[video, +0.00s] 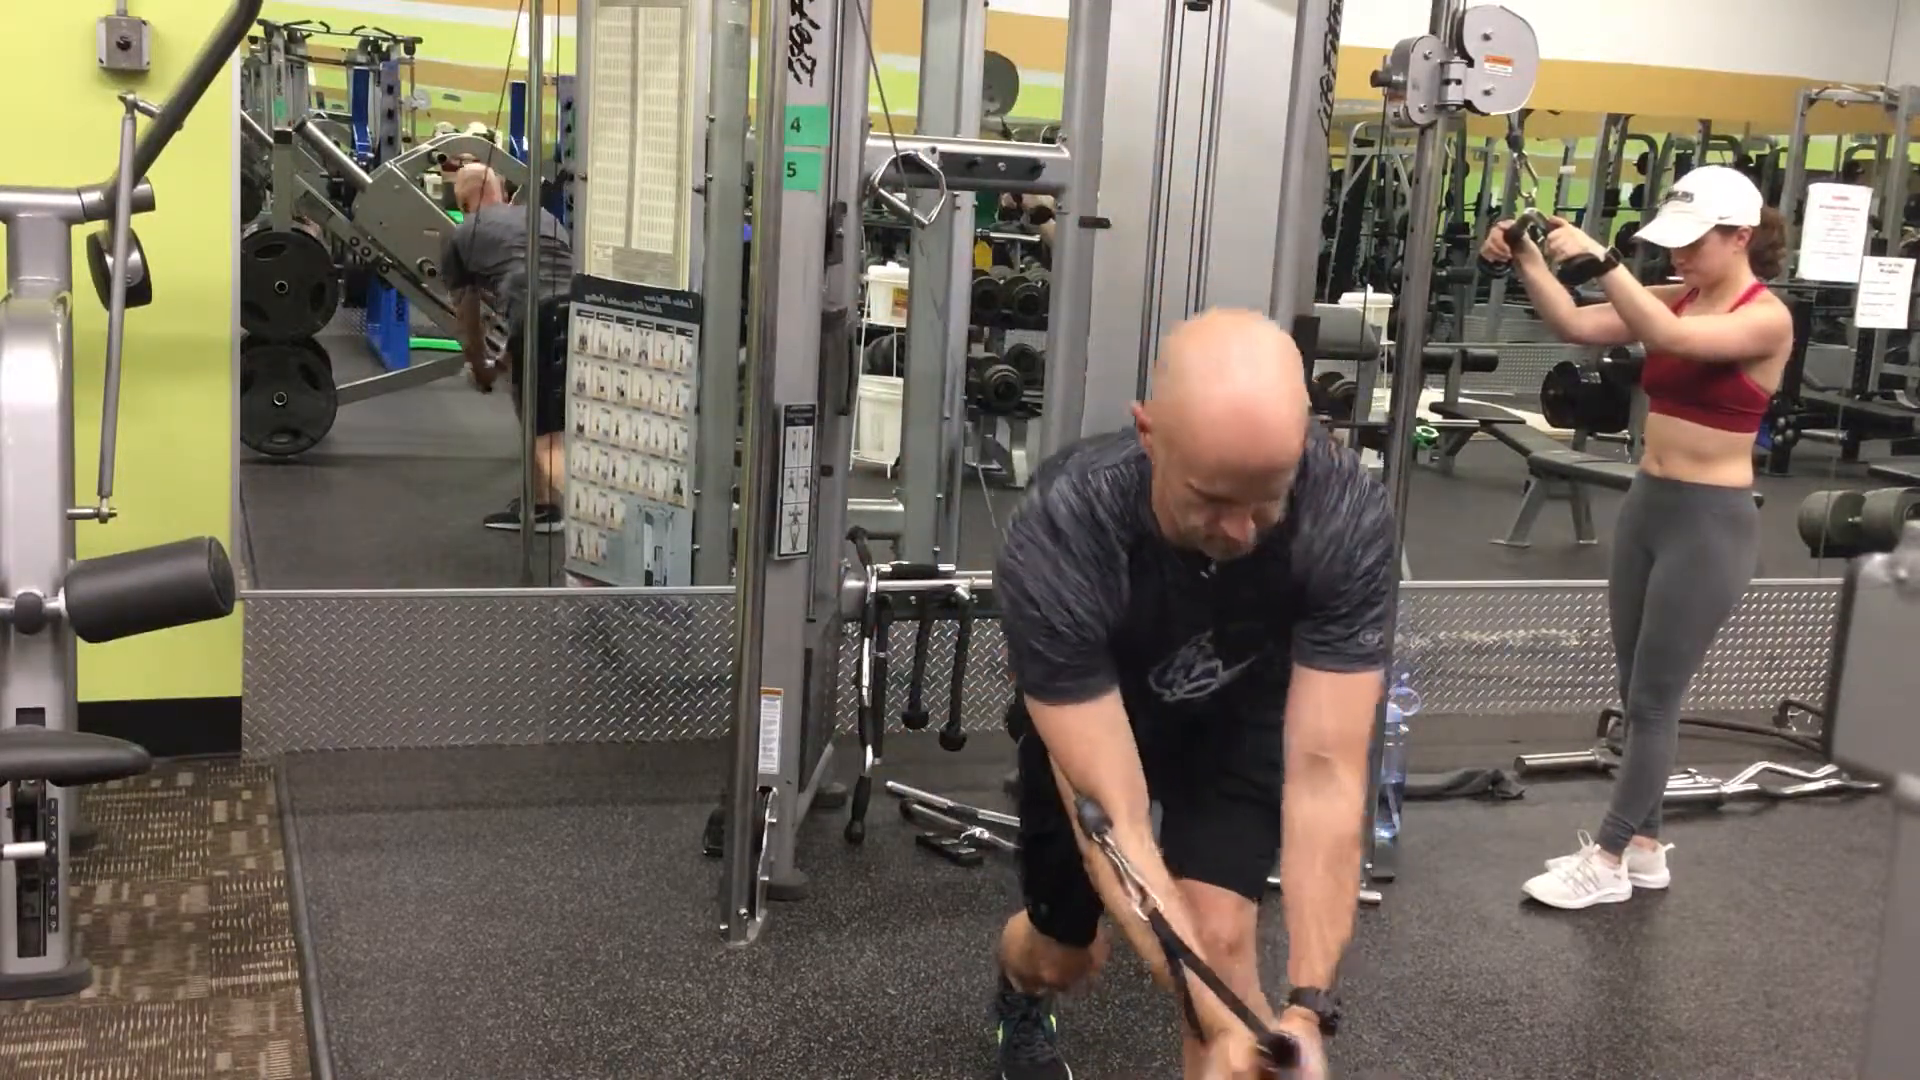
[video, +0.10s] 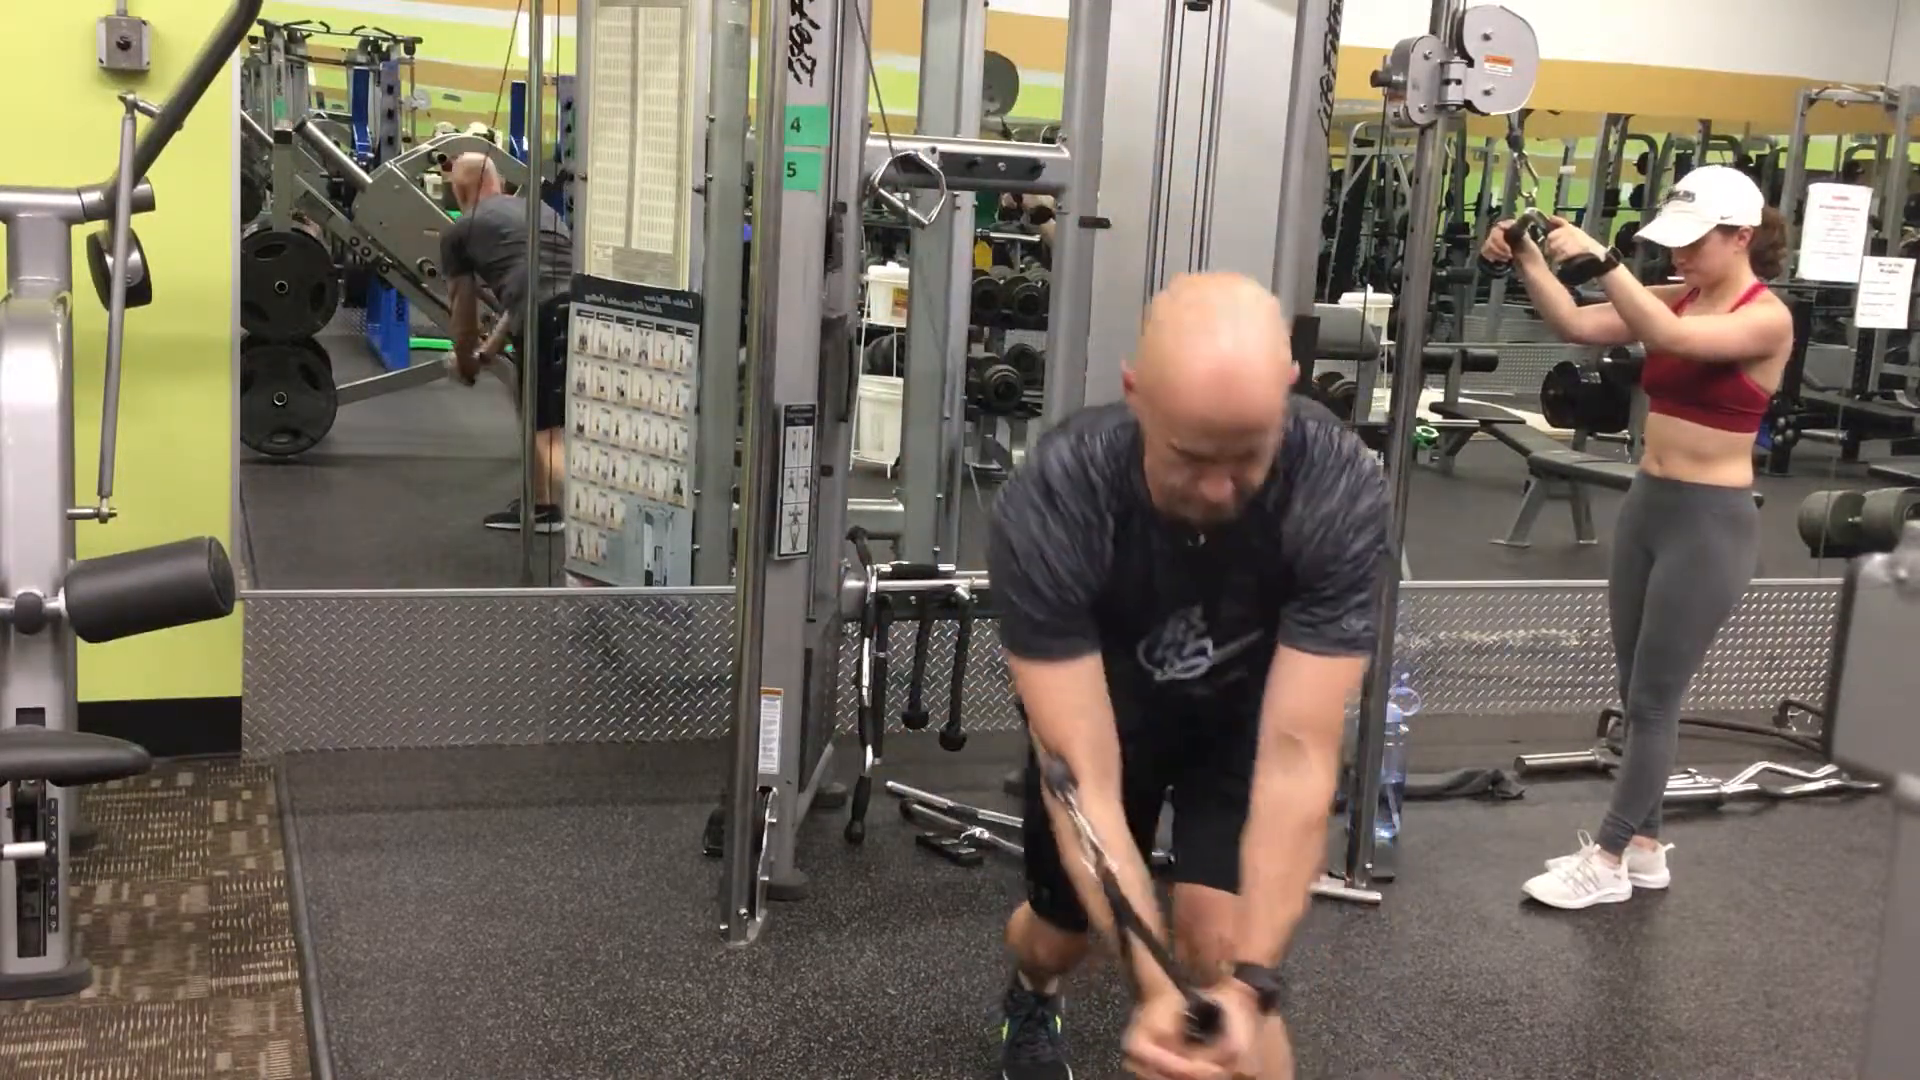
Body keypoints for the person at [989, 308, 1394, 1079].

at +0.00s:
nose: (1241, 530)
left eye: (1267, 499)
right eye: (1210, 500)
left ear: (1298, 444)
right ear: (1146, 434)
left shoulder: (1346, 518)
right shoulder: (1058, 535)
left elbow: (1328, 770)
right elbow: (1109, 821)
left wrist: (1310, 1004)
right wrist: (1222, 1022)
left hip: (1235, 721)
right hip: (1090, 707)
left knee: (1219, 940)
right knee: (1067, 960)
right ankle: (1020, 992)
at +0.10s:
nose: (1222, 489)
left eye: (1248, 455)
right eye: (1191, 459)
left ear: (1287, 384)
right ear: (1132, 393)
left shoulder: (1340, 495)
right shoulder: (1052, 500)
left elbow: (1300, 753)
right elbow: (1079, 780)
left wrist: (1253, 979)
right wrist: (1156, 987)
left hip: (1241, 732)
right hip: (1105, 723)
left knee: (1221, 953)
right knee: (1058, 944)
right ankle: (1033, 997)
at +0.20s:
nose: (1194, 449)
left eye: (1226, 420)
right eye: (1166, 414)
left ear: (1279, 356)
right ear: (1121, 351)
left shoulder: (1334, 475)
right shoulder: (1046, 466)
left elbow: (1269, 734)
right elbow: (1051, 738)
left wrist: (1187, 945)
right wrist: (1087, 931)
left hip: (1251, 715)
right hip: (1109, 705)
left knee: (1230, 960)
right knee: (1054, 923)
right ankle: (1044, 995)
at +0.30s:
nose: (1167, 406)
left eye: (1202, 378)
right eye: (1142, 370)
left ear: (1261, 333)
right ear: (1108, 316)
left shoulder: (1322, 453)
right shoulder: (1033, 436)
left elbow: (1236, 707)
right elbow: (1023, 696)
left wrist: (1124, 907)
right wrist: (1035, 888)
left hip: (1267, 694)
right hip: (1107, 686)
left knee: (1222, 947)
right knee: (1054, 900)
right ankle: (1061, 1004)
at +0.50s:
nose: (1109, 336)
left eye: (1145, 311)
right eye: (1091, 302)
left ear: (1219, 274)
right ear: (1071, 260)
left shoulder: (1291, 403)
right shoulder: (1022, 378)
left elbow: (1181, 655)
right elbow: (980, 616)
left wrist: (1032, 823)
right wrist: (962, 797)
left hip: (1262, 672)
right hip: (1102, 653)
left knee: (1219, 946)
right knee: (1060, 874)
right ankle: (1114, 1012)